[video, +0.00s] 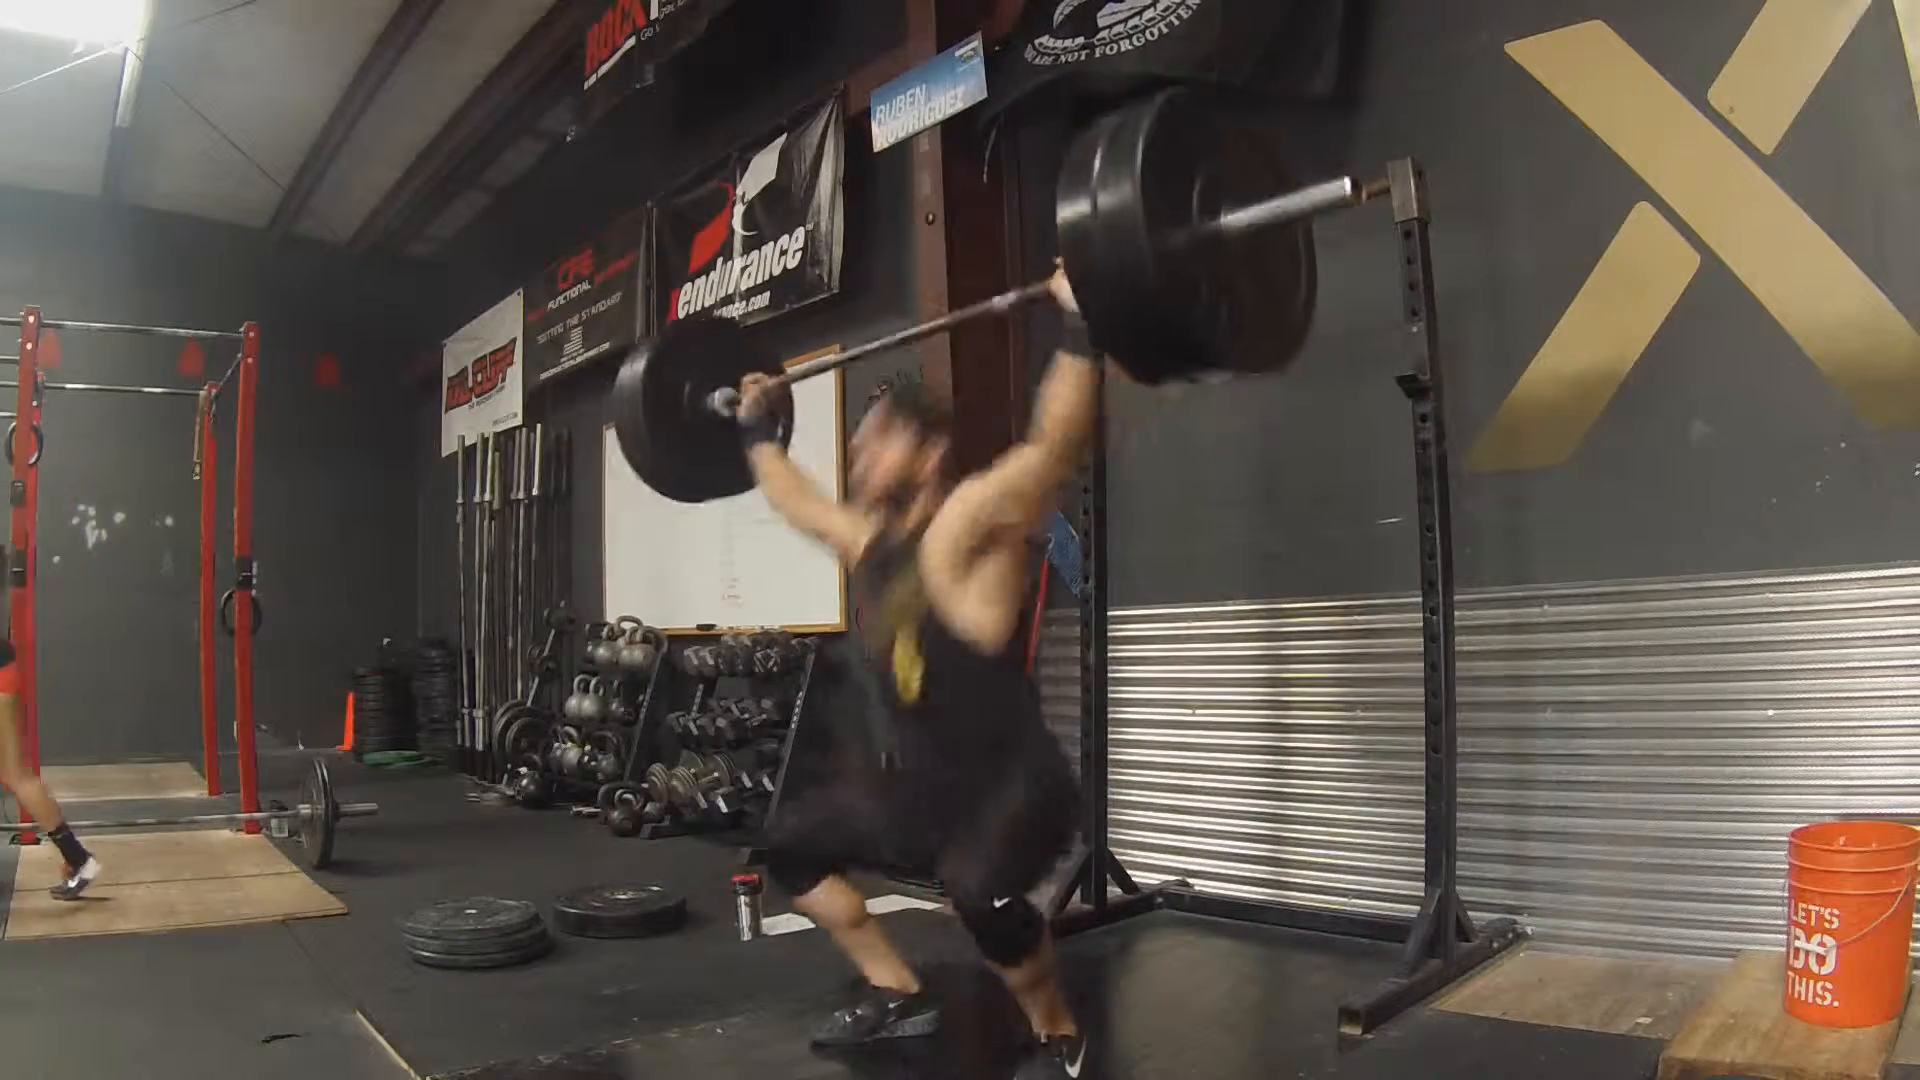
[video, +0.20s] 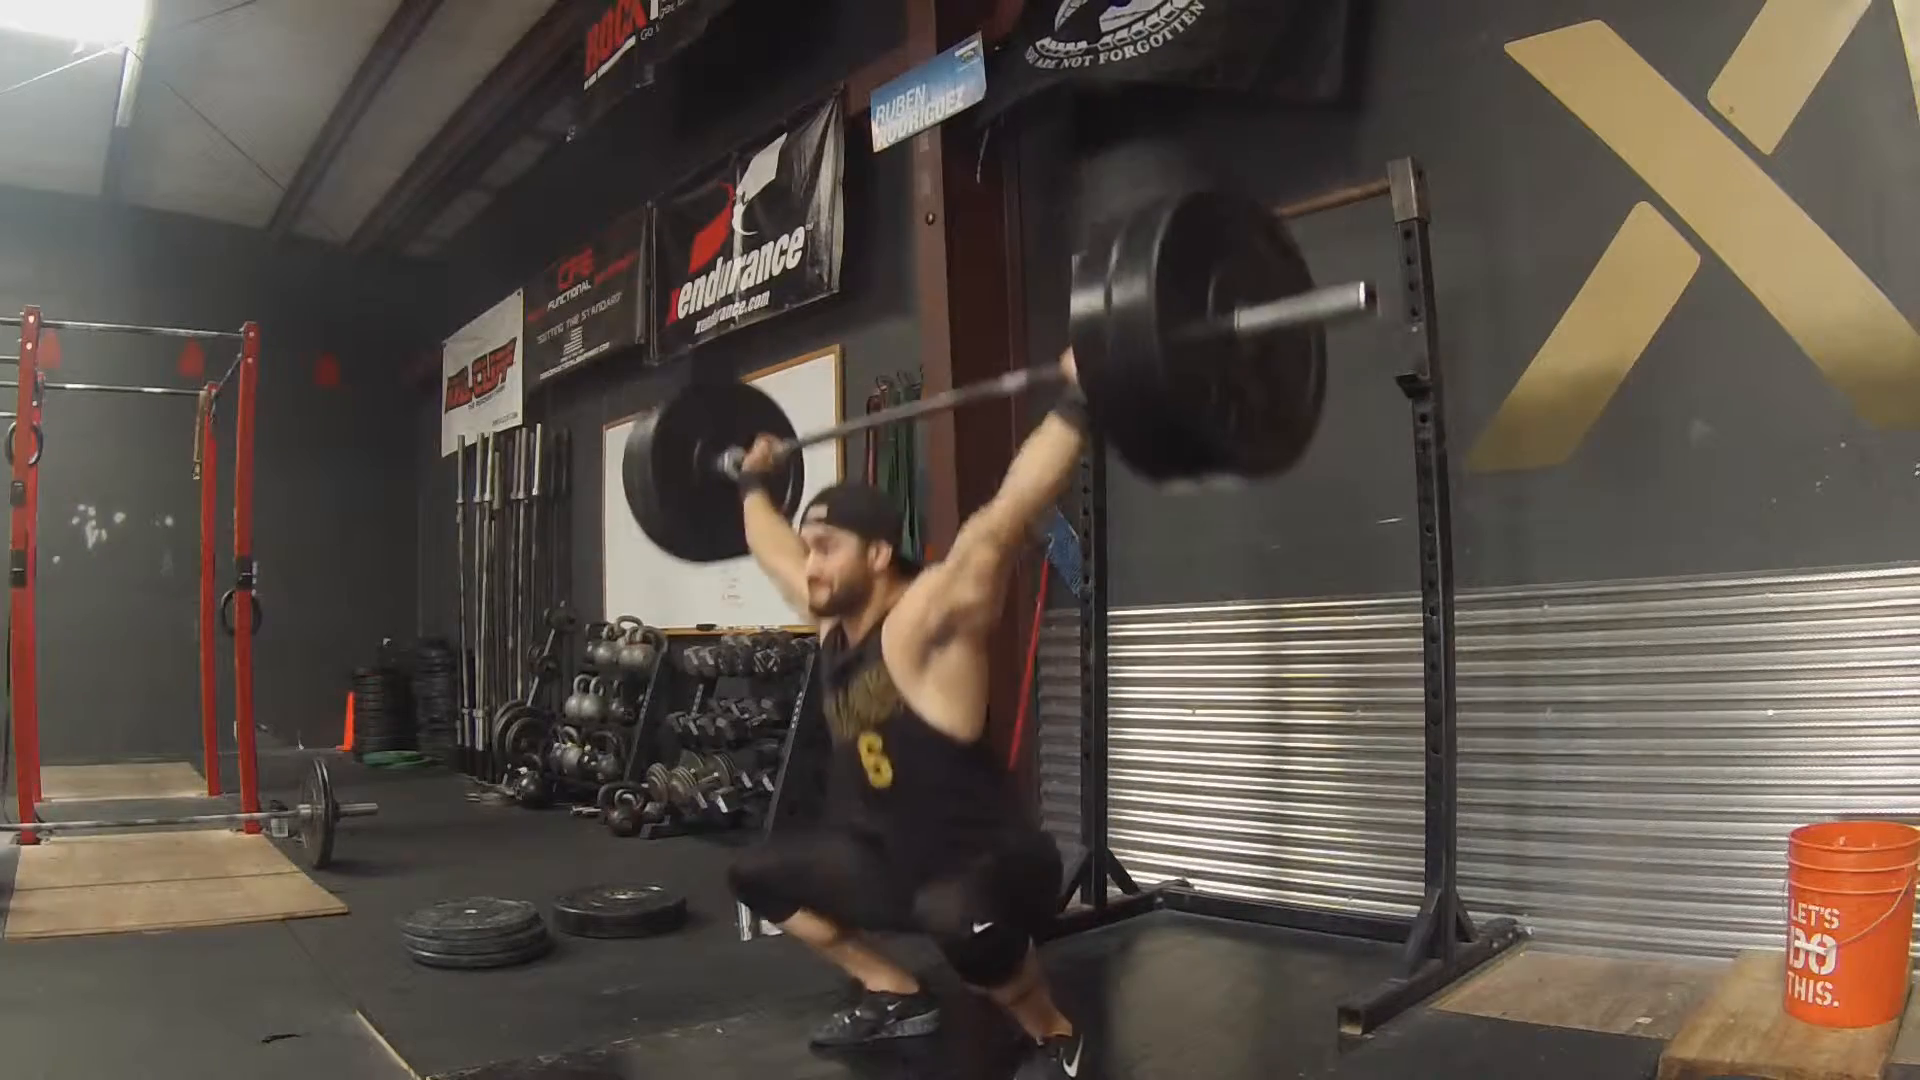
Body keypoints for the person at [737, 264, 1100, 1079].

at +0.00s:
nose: (861, 453)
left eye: (880, 437)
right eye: (860, 440)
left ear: (930, 454)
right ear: (862, 459)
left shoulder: (975, 521)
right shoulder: (866, 542)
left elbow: (1057, 447)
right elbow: (794, 498)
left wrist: (1077, 324)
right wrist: (756, 427)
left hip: (1013, 786)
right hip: (917, 786)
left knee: (977, 889)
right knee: (793, 848)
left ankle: (1057, 1034)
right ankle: (898, 995)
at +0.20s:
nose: (810, 569)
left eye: (827, 548)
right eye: (807, 553)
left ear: (879, 555)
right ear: (805, 563)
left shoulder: (939, 610)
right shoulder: (839, 626)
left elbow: (1008, 516)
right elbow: (781, 555)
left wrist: (1077, 399)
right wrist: (753, 482)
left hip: (983, 857)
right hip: (883, 860)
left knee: (957, 911)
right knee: (761, 876)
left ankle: (1051, 1035)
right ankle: (893, 992)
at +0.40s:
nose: (797, 612)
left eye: (815, 592)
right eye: (794, 595)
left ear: (867, 603)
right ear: (791, 607)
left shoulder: (927, 654)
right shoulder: (827, 672)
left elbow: (993, 575)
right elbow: (769, 597)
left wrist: (1074, 467)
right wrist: (750, 525)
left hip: (983, 878)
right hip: (882, 879)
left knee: (941, 918)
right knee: (756, 876)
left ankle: (1051, 1034)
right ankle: (895, 993)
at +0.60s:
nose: (787, 620)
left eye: (802, 602)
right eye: (782, 605)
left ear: (857, 604)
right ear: (777, 608)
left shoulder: (925, 654)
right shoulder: (826, 667)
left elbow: (1008, 571)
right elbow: (759, 585)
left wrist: (1080, 459)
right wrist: (747, 512)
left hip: (990, 873)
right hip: (888, 874)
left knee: (934, 909)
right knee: (756, 870)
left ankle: (1051, 1035)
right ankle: (897, 994)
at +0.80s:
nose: (780, 584)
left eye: (794, 565)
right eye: (775, 567)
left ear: (848, 566)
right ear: (769, 566)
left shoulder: (916, 612)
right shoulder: (820, 632)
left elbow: (1000, 535)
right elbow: (752, 556)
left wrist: (1082, 421)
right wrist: (742, 485)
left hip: (1007, 831)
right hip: (904, 839)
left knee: (945, 891)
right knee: (776, 851)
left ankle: (1049, 1031)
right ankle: (894, 989)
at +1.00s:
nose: (766, 542)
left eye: (781, 521)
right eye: (759, 524)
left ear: (836, 519)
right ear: (754, 527)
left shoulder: (911, 563)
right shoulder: (813, 593)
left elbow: (1004, 480)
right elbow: (749, 518)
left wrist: (1086, 366)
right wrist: (741, 441)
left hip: (1011, 777)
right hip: (909, 789)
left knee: (949, 874)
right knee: (779, 843)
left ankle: (1052, 1033)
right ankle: (892, 990)